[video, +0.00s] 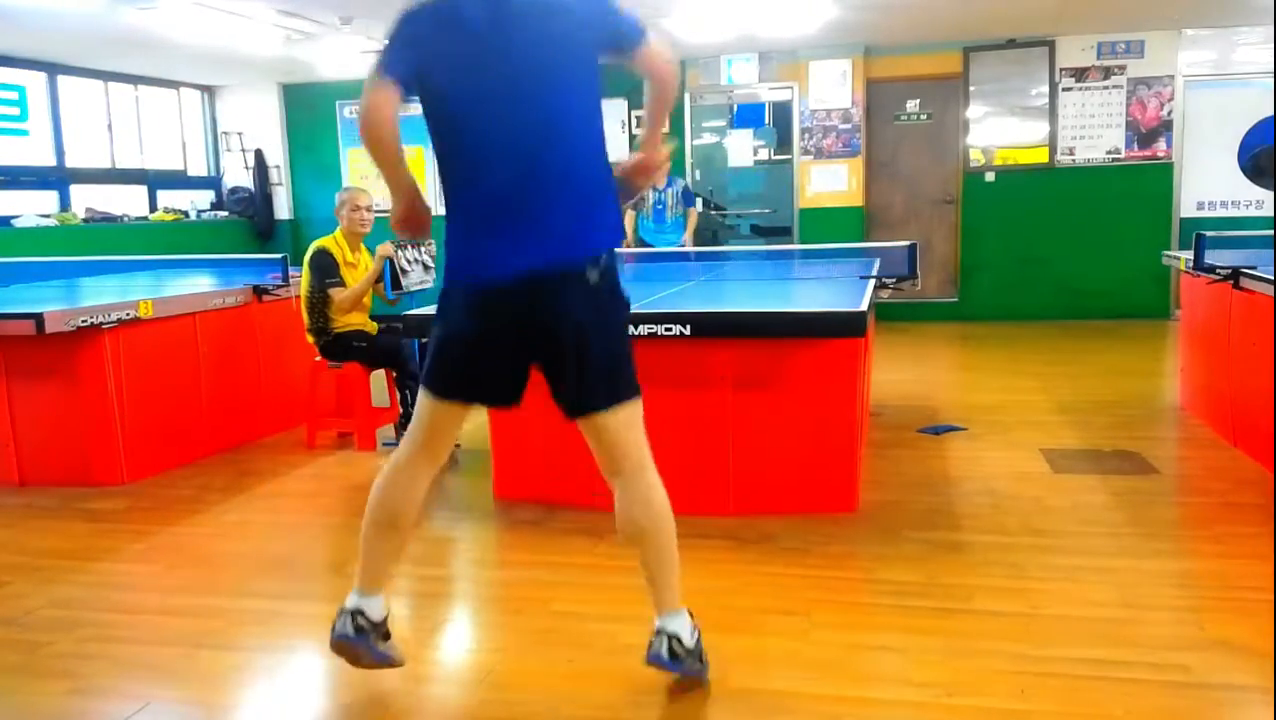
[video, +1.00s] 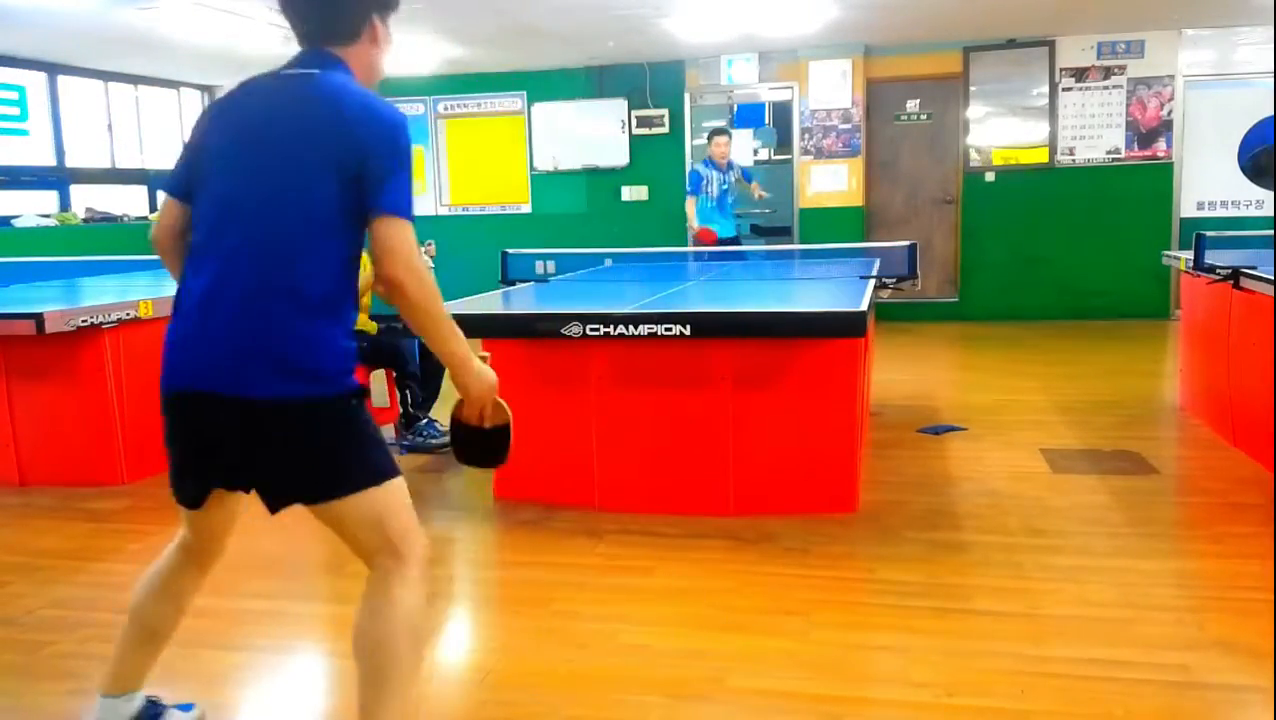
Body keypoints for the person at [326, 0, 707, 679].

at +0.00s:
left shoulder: (426, 17)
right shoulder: (576, 8)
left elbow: (376, 113)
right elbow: (663, 66)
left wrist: (404, 195)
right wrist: (651, 150)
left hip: (482, 278)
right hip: (580, 268)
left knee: (422, 449)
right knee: (630, 462)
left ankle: (362, 611)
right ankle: (675, 627)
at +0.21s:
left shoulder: (410, 10)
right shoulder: (580, 6)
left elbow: (378, 108)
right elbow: (647, 95)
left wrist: (385, 217)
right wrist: (694, 203)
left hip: (482, 278)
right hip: (584, 266)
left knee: (430, 466)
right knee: (651, 458)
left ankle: (370, 634)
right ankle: (705, 618)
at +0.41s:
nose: (509, 44)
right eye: (508, 33)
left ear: (426, 42)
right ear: (500, 39)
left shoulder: (386, 127)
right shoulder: (550, 119)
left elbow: (341, 244)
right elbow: (623, 238)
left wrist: (382, 317)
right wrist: (674, 337)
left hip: (443, 391)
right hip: (552, 383)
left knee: (403, 551)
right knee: (632, 523)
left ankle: (372, 710)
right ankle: (712, 673)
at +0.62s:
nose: (473, 13)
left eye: (469, 9)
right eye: (472, 7)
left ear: (389, 3)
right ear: (458, 5)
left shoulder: (322, 67)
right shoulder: (494, 72)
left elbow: (264, 191)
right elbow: (549, 214)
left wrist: (307, 257)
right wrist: (578, 314)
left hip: (332, 341)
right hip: (440, 343)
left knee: (319, 513)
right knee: (491, 536)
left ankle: (268, 689)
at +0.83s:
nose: (418, 58)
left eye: (417, 41)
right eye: (418, 41)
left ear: (336, 40)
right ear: (405, 41)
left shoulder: (263, 128)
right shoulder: (411, 136)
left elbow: (203, 251)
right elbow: (454, 285)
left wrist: (248, 331)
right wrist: (497, 388)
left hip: (246, 400)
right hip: (351, 406)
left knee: (221, 553)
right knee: (433, 578)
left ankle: (144, 706)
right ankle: (425, 711)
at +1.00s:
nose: (389, 48)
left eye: (387, 33)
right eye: (388, 31)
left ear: (304, 29)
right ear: (374, 29)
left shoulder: (227, 107)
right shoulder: (373, 120)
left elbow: (167, 232)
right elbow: (397, 264)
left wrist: (228, 299)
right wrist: (465, 363)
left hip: (197, 372)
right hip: (299, 382)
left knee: (198, 539)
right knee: (400, 557)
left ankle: (116, 701)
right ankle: (380, 711)